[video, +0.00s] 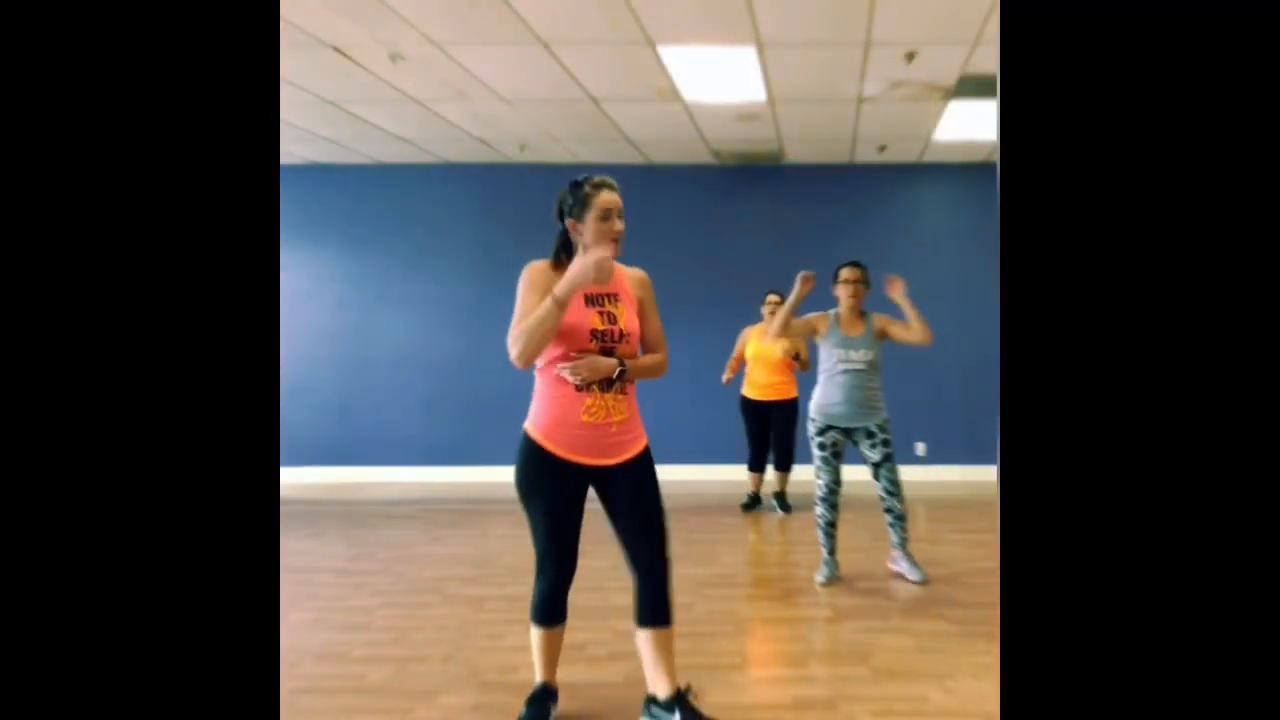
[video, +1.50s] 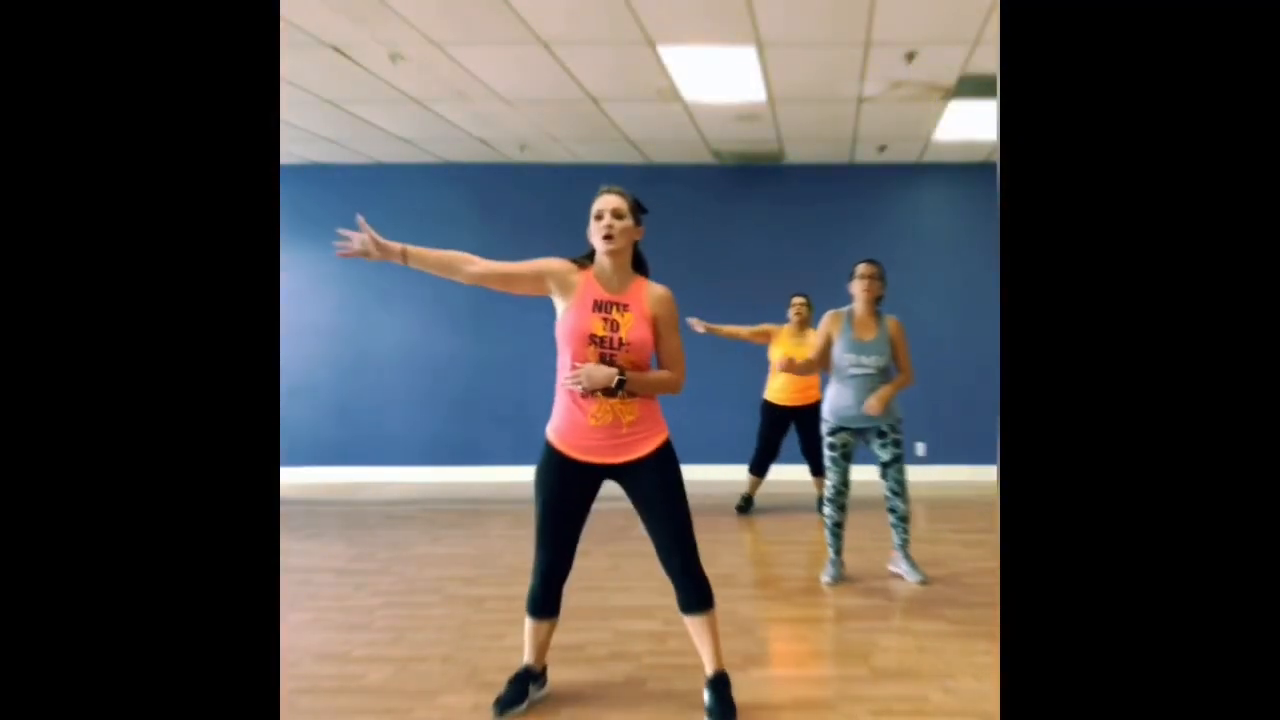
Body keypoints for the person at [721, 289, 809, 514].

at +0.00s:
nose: (772, 308)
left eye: (777, 304)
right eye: (768, 304)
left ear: (785, 309)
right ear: (761, 308)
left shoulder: (793, 333)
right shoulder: (749, 332)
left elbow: (805, 366)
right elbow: (737, 357)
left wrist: (797, 356)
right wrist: (730, 371)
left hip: (784, 395)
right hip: (754, 395)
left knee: (783, 447)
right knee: (757, 446)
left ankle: (780, 491)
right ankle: (753, 492)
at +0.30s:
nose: (784, 310)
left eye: (788, 307)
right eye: (780, 307)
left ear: (795, 311)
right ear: (773, 311)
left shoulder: (806, 335)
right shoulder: (761, 337)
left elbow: (818, 363)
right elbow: (747, 363)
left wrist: (812, 373)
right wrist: (737, 382)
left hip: (796, 401)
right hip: (766, 400)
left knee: (806, 452)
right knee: (764, 450)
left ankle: (821, 495)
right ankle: (754, 494)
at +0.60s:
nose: (804, 309)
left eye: (808, 306)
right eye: (800, 306)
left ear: (815, 311)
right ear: (794, 310)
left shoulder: (828, 335)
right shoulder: (783, 338)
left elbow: (842, 362)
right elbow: (776, 369)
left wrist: (852, 384)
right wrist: (778, 397)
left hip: (822, 401)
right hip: (792, 401)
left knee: (820, 453)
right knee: (777, 450)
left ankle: (824, 495)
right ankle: (762, 493)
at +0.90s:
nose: (814, 307)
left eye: (818, 303)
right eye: (810, 303)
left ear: (825, 308)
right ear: (804, 309)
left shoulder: (837, 334)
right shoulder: (793, 334)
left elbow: (847, 362)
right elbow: (781, 364)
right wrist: (775, 392)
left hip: (828, 397)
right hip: (798, 397)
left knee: (825, 451)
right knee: (791, 448)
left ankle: (824, 494)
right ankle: (786, 492)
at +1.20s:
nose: (815, 307)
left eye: (819, 303)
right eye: (811, 304)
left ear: (826, 309)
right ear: (804, 310)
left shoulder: (836, 335)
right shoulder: (793, 334)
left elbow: (850, 365)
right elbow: (769, 353)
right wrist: (741, 364)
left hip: (826, 400)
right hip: (794, 398)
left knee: (824, 453)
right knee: (784, 448)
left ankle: (824, 496)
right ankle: (775, 493)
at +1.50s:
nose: (798, 309)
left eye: (802, 306)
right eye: (794, 306)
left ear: (810, 313)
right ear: (788, 312)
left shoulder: (817, 338)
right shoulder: (775, 333)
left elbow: (830, 365)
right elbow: (743, 333)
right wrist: (709, 328)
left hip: (808, 402)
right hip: (776, 401)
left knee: (814, 452)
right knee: (765, 450)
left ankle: (823, 497)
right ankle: (748, 495)